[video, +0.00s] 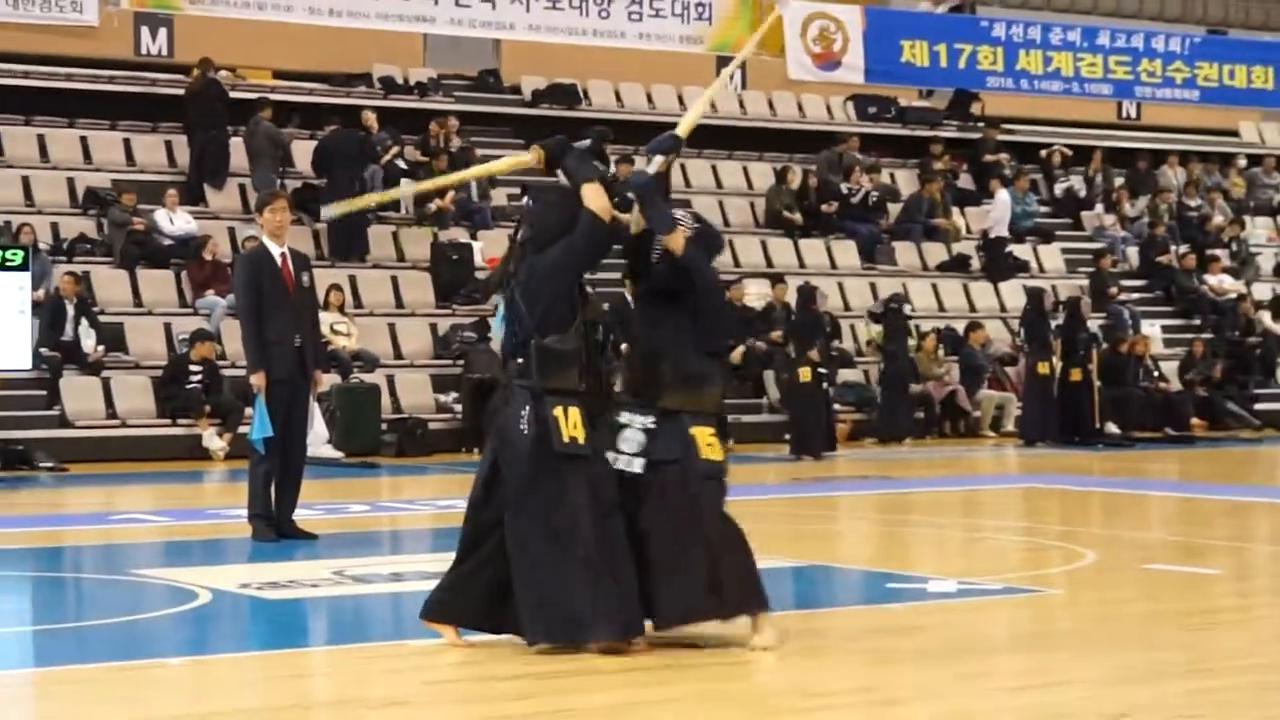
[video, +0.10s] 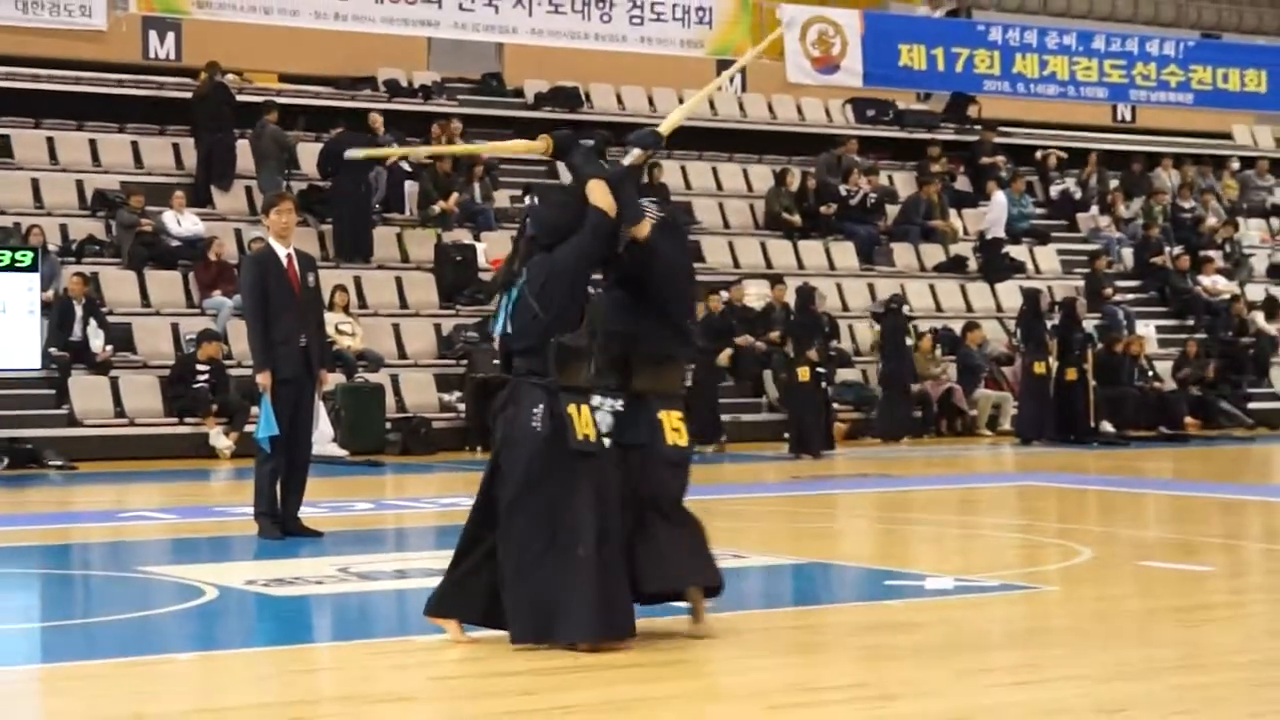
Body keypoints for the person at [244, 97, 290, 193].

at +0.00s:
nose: (271, 113)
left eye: (271, 110)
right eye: (270, 110)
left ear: (258, 110)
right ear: (264, 110)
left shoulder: (249, 128)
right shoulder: (267, 127)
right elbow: (283, 141)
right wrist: (291, 134)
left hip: (256, 173)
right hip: (269, 173)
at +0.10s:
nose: (277, 116)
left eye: (277, 113)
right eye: (276, 113)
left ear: (264, 113)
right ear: (271, 113)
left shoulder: (255, 132)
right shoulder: (274, 130)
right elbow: (287, 145)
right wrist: (296, 139)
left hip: (261, 176)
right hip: (275, 176)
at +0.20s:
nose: (284, 121)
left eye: (284, 118)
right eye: (283, 118)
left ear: (271, 117)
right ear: (278, 117)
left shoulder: (261, 136)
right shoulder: (281, 134)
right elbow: (295, 149)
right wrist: (301, 144)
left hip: (268, 180)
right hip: (282, 179)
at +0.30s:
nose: (295, 129)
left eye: (295, 126)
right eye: (294, 126)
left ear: (282, 126)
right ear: (289, 126)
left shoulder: (273, 144)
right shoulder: (293, 142)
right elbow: (306, 157)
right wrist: (311, 152)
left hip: (279, 184)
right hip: (292, 184)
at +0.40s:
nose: (301, 135)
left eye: (301, 132)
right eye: (300, 132)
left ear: (289, 131)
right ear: (296, 131)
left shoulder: (279, 150)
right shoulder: (299, 147)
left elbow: (282, 172)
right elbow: (313, 162)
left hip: (286, 191)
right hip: (299, 191)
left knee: (293, 221)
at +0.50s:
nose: (304, 137)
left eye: (303, 134)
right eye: (303, 134)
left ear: (292, 133)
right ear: (299, 133)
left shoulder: (283, 150)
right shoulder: (301, 149)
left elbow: (283, 170)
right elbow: (314, 167)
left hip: (287, 191)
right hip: (300, 192)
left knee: (296, 220)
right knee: (302, 220)